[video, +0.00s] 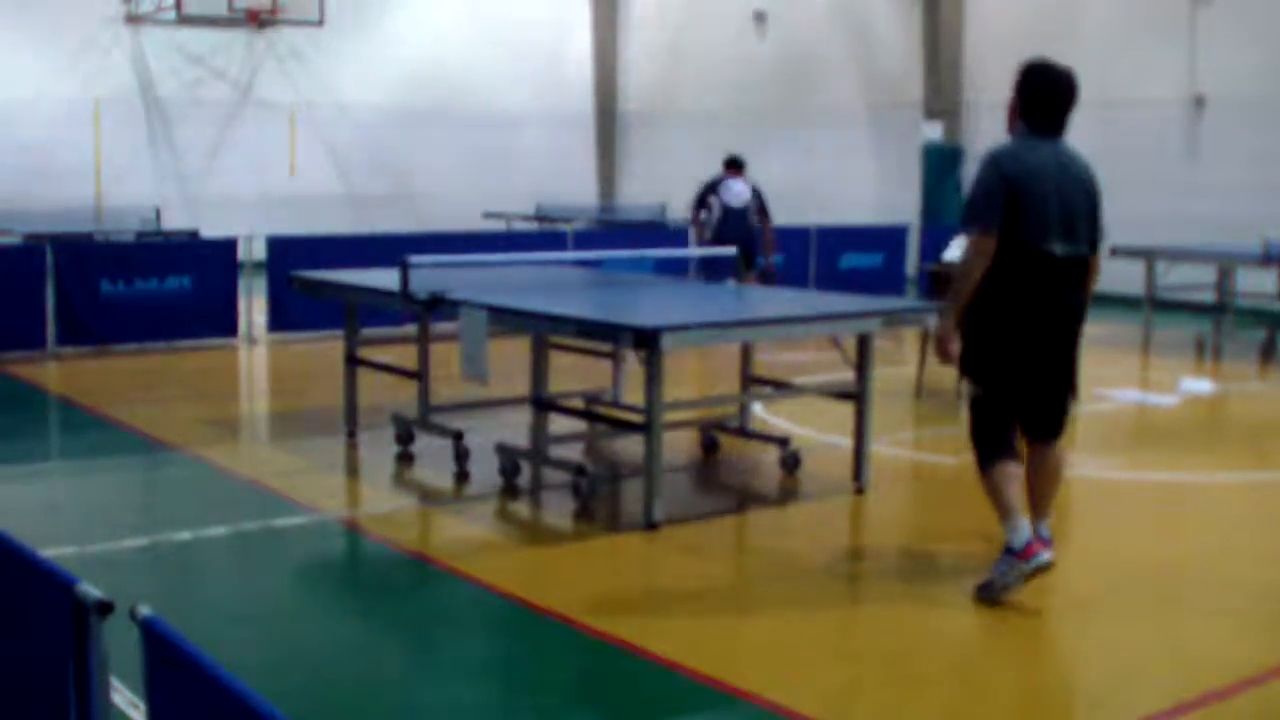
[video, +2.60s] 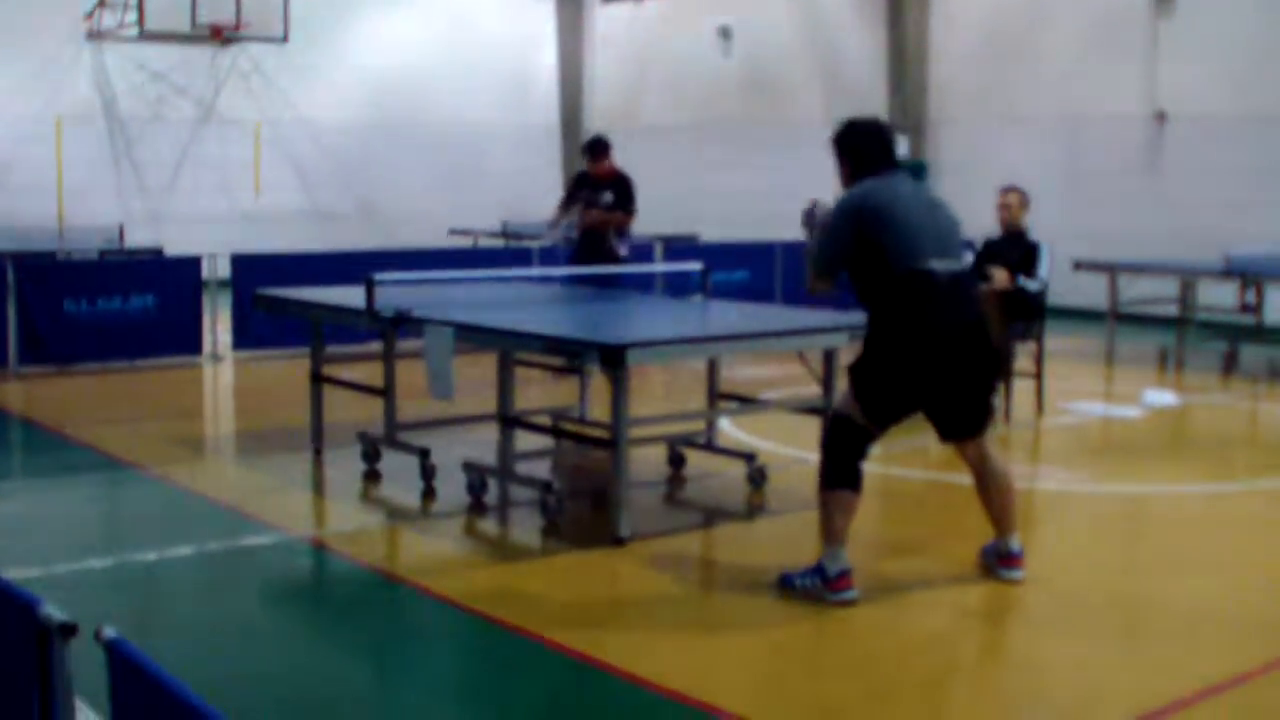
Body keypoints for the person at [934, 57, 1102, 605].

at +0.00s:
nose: (1009, 107)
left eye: (1013, 99)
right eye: (1017, 98)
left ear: (1017, 106)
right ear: (1067, 111)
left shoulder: (1001, 166)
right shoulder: (1080, 174)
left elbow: (979, 250)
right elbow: (1091, 263)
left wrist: (950, 317)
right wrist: (1072, 311)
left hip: (999, 326)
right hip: (1057, 330)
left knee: (993, 433)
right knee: (1044, 431)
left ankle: (1021, 538)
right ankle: (1039, 533)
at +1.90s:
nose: (968, 165)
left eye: (970, 156)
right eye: (969, 155)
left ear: (981, 158)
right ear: (1024, 156)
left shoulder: (980, 208)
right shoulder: (1054, 210)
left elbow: (969, 280)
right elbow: (1092, 290)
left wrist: (944, 322)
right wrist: (1050, 324)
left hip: (988, 349)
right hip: (1045, 354)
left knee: (934, 451)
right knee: (1026, 457)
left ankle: (962, 572)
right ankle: (1040, 568)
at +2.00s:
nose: (961, 169)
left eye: (963, 160)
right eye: (963, 160)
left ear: (974, 163)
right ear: (1016, 161)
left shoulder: (976, 208)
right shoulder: (1046, 216)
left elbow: (968, 278)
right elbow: (1076, 299)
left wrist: (942, 321)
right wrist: (1034, 327)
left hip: (983, 351)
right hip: (1040, 356)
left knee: (924, 452)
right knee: (1023, 457)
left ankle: (929, 576)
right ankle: (1038, 568)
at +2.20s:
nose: (908, 183)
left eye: (911, 175)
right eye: (909, 175)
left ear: (920, 178)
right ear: (965, 175)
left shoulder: (916, 219)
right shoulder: (994, 225)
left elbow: (911, 291)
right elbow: (1027, 300)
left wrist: (901, 350)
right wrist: (1004, 348)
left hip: (938, 369)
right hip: (995, 372)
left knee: (890, 473)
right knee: (992, 465)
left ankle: (847, 587)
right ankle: (1016, 570)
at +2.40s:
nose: (858, 189)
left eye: (860, 181)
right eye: (859, 181)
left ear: (868, 182)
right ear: (914, 176)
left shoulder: (868, 225)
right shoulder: (948, 223)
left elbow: (850, 304)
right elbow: (986, 296)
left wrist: (844, 345)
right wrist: (959, 335)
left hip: (907, 369)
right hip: (972, 367)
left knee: (845, 453)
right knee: (977, 462)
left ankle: (833, 580)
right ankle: (1010, 561)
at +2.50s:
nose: (841, 174)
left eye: (842, 165)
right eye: (842, 165)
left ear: (850, 166)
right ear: (894, 159)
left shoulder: (857, 206)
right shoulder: (933, 204)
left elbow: (830, 288)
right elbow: (974, 281)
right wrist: (995, 346)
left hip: (900, 348)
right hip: (964, 345)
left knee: (842, 438)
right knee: (977, 447)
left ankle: (833, 566)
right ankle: (1009, 546)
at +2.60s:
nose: (838, 170)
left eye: (839, 162)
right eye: (840, 161)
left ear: (847, 164)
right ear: (890, 155)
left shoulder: (854, 207)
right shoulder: (925, 199)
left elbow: (820, 279)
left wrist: (817, 231)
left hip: (901, 349)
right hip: (964, 345)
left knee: (843, 436)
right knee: (977, 447)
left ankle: (833, 565)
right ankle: (1009, 547)